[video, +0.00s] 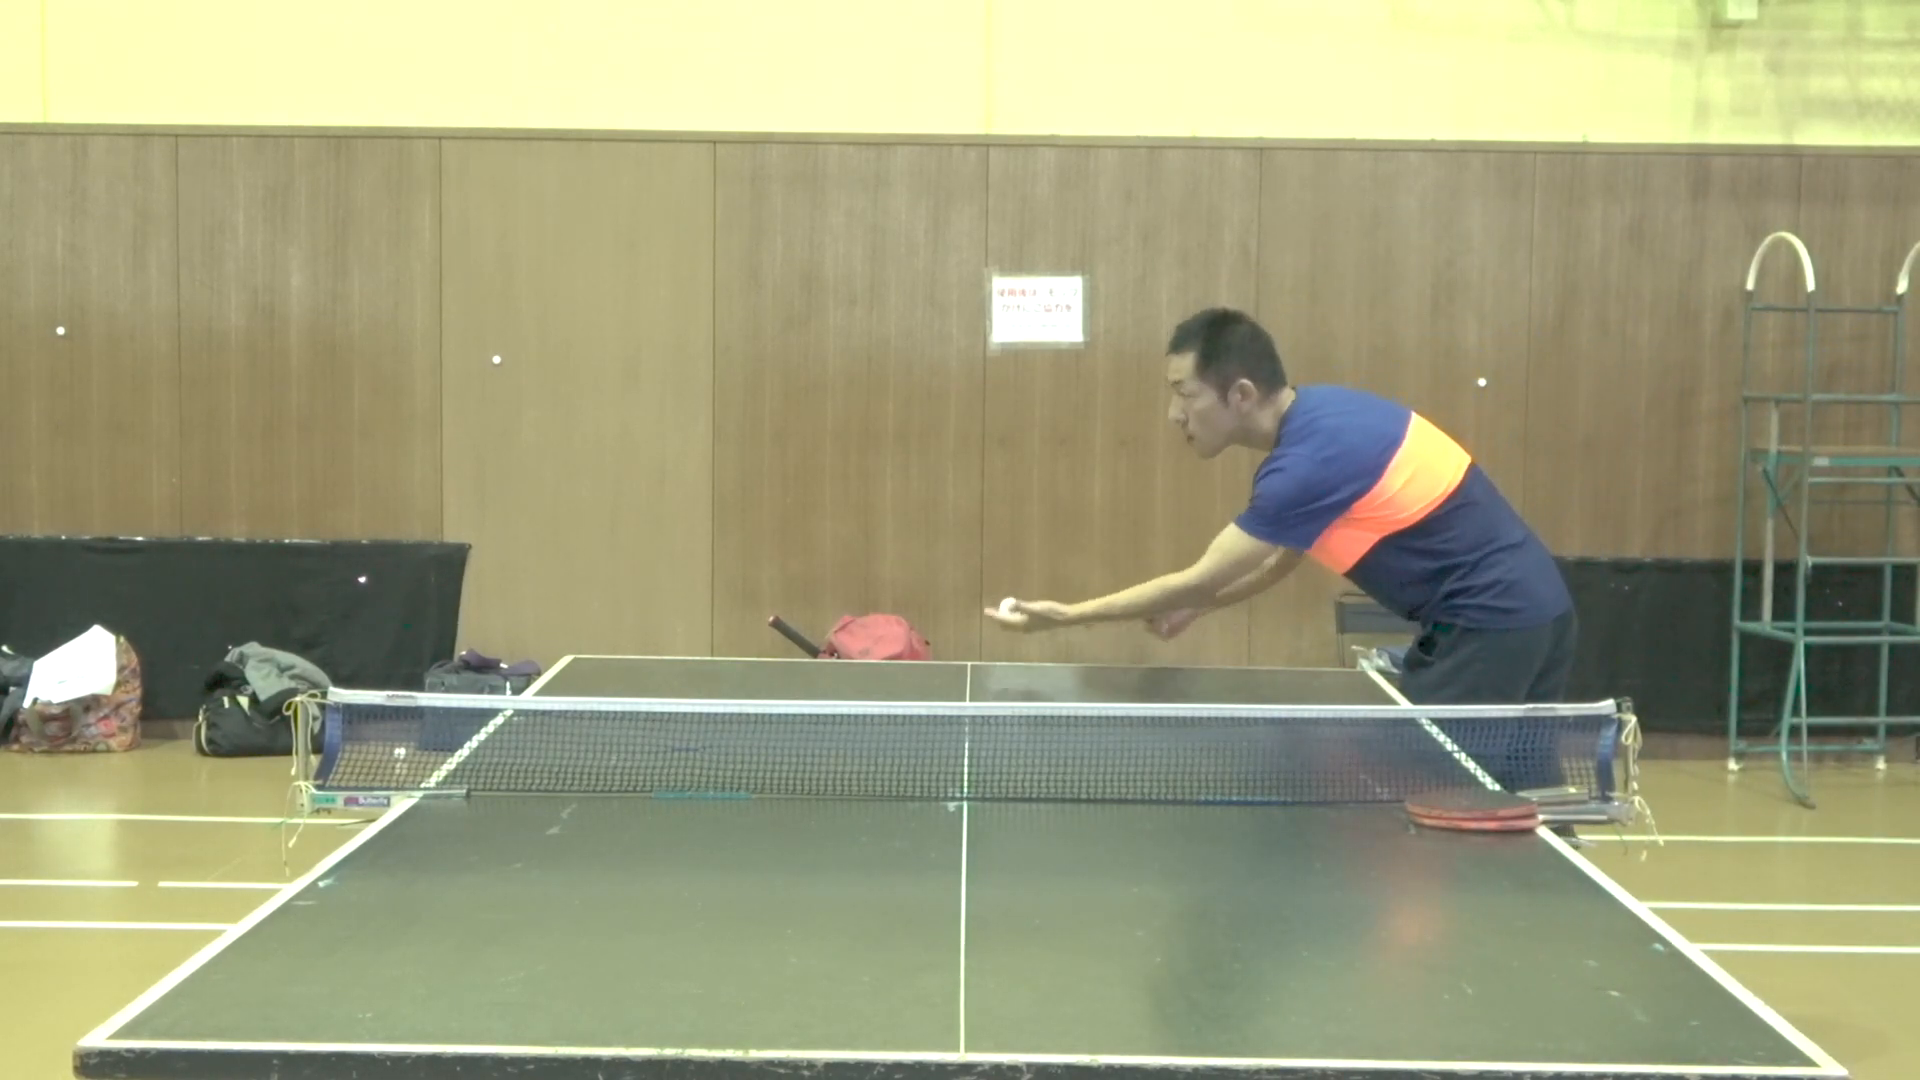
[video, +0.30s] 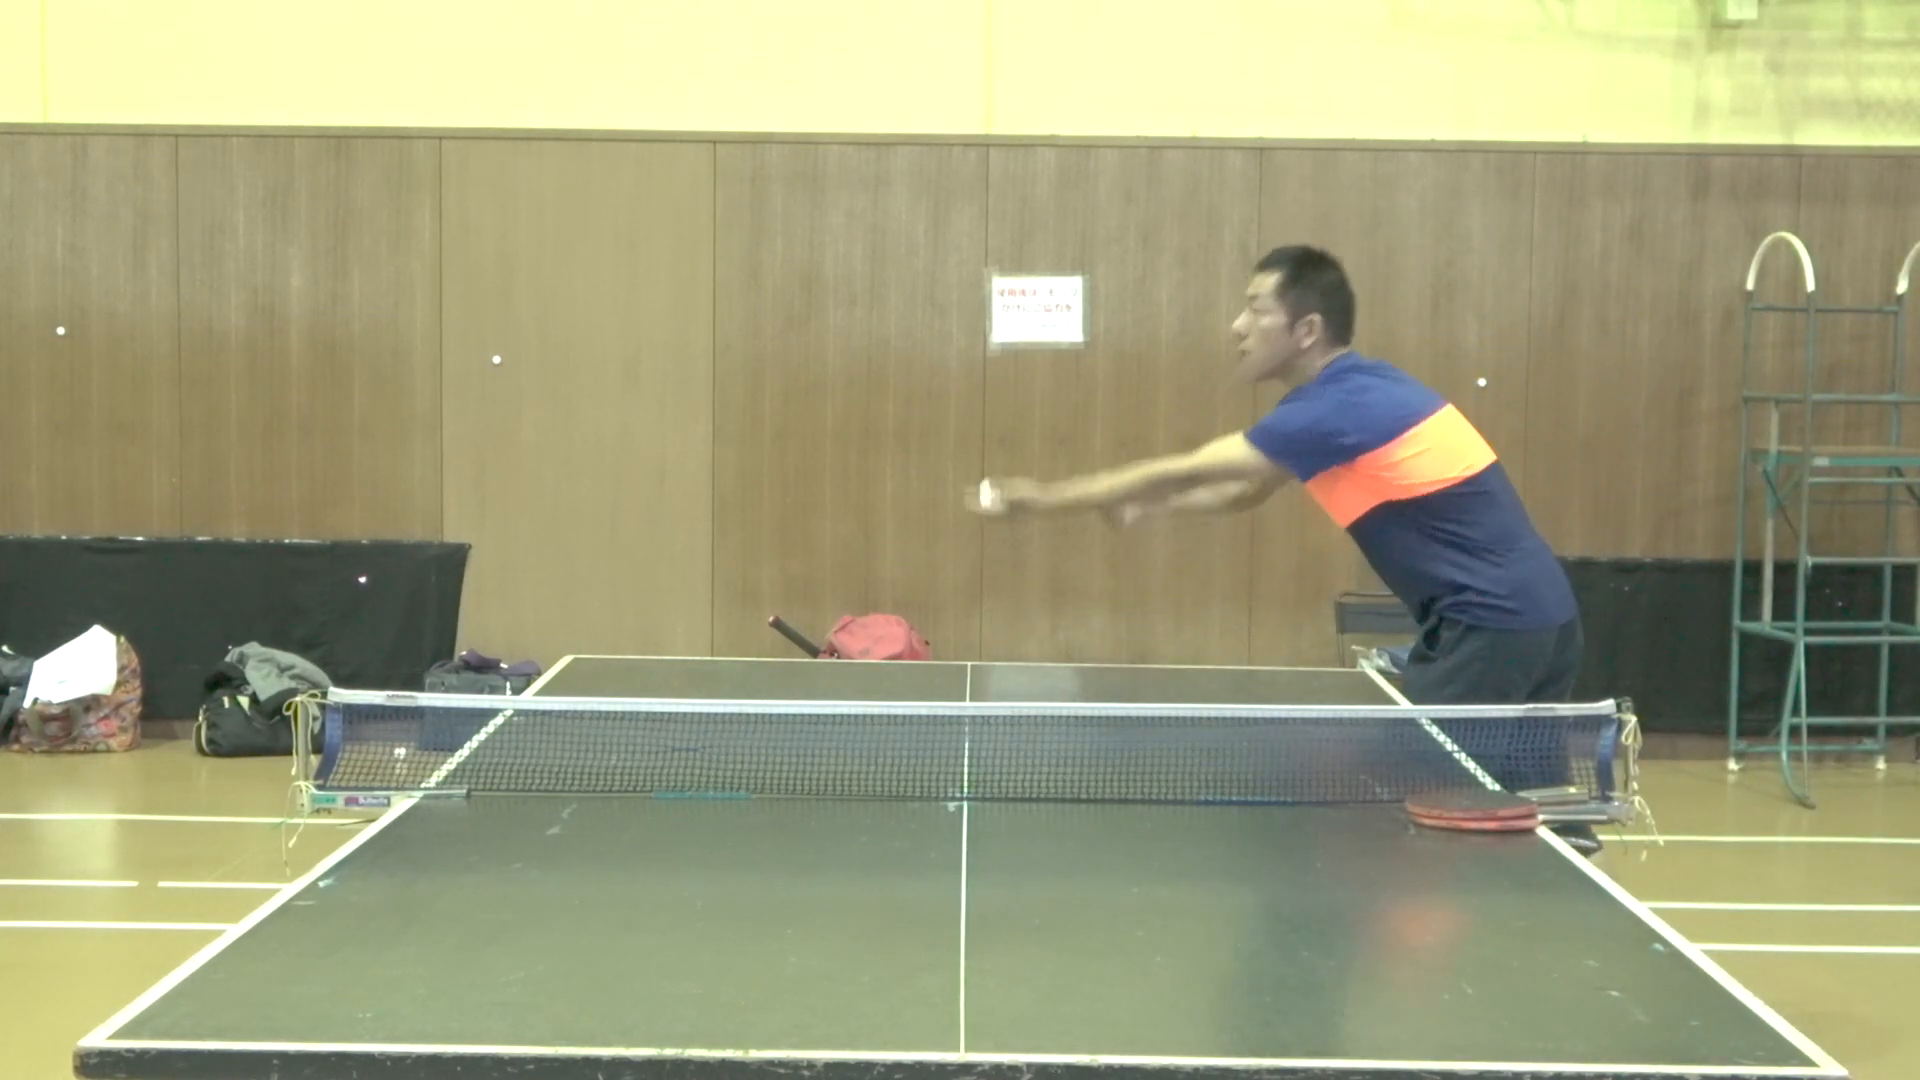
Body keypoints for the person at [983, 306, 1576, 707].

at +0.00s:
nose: (1174, 413)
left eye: (1185, 394)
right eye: (1173, 395)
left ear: (1242, 393)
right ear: (1247, 391)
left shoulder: (1313, 456)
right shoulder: (1327, 414)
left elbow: (1203, 579)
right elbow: (1276, 560)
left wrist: (1070, 614)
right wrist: (1199, 604)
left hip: (1499, 625)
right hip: (1517, 609)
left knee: (1392, 780)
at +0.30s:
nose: (1237, 326)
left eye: (1255, 310)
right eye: (1243, 309)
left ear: (1309, 328)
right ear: (1313, 329)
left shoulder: (1334, 404)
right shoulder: (1362, 390)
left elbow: (1190, 468)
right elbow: (1247, 486)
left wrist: (1043, 495)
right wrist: (1155, 504)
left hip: (1497, 633)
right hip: (1525, 624)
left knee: (1351, 786)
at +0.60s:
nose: (1358, 268)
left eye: (1381, 253)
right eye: (1368, 252)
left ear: (1429, 280)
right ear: (1436, 288)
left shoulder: (1432, 338)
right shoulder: (1475, 360)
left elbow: (1275, 314)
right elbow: (1332, 411)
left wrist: (1166, 251)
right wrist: (1256, 329)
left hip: (1514, 634)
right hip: (1567, 636)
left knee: (1411, 812)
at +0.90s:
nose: (1384, 272)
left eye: (1405, 261)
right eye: (1395, 258)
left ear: (1449, 285)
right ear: (1453, 289)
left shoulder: (1452, 349)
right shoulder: (1524, 369)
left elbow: (1397, 389)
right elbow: (1580, 442)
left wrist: (1264, 425)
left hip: (1530, 626)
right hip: (1588, 628)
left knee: (1429, 798)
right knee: (1540, 809)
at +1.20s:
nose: (1317, 346)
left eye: (1331, 324)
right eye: (1310, 331)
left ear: (1385, 323)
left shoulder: (1418, 385)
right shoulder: (1449, 380)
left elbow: (1484, 454)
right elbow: (1449, 518)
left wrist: (1441, 547)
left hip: (1531, 629)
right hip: (1574, 631)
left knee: (1432, 795)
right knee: (1531, 812)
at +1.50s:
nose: (1287, 399)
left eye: (1280, 379)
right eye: (1275, 386)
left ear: (1315, 345)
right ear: (1320, 345)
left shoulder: (1400, 393)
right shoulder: (1390, 403)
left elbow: (1508, 462)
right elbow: (1450, 525)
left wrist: (1472, 584)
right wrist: (1375, 598)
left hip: (1520, 624)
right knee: (1512, 809)